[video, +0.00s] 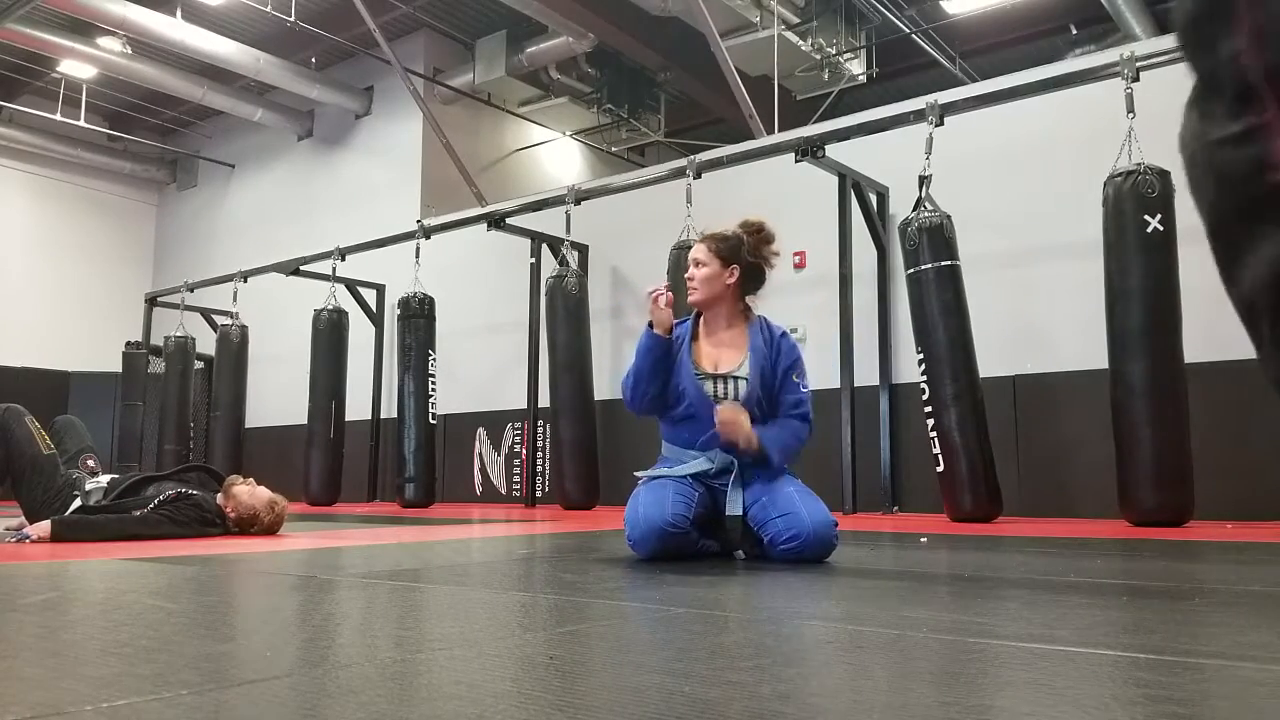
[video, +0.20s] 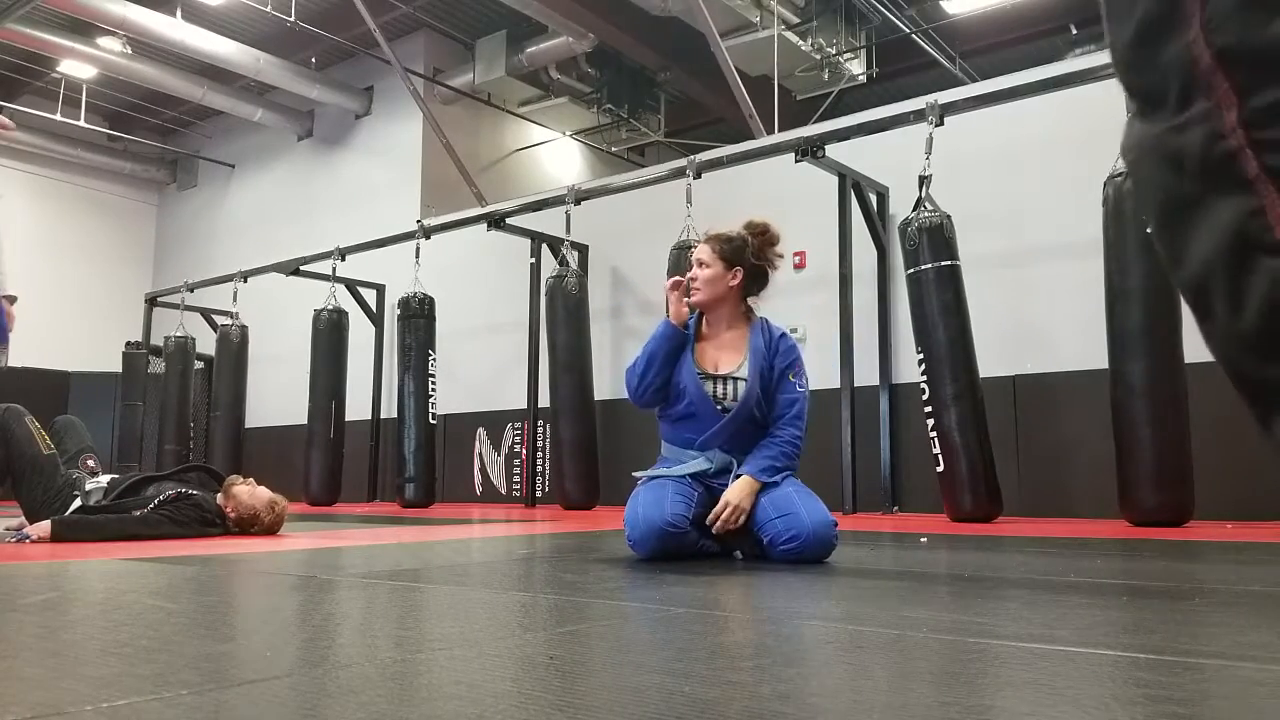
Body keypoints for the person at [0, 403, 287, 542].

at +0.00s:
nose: (246, 477)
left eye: (248, 487)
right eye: (253, 483)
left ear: (233, 509)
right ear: (235, 504)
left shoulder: (199, 513)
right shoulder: (215, 490)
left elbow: (130, 524)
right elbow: (151, 487)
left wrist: (56, 527)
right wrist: (112, 481)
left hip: (68, 500)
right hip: (99, 486)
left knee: (11, 414)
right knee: (66, 421)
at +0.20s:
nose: (246, 477)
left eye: (249, 487)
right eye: (254, 483)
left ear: (233, 509)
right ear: (235, 506)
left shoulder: (199, 513)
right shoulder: (214, 491)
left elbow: (130, 525)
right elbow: (150, 486)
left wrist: (56, 527)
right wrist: (112, 480)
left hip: (69, 500)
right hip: (98, 485)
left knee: (11, 415)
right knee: (66, 422)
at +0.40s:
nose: (247, 477)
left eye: (249, 488)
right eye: (255, 483)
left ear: (234, 509)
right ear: (236, 505)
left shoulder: (200, 513)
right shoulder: (214, 490)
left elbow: (130, 525)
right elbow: (150, 486)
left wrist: (58, 527)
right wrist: (111, 481)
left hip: (69, 500)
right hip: (98, 486)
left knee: (11, 414)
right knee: (66, 422)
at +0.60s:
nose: (247, 477)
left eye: (250, 487)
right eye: (255, 483)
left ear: (235, 509)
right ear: (236, 504)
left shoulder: (200, 513)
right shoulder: (213, 490)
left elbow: (131, 524)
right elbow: (151, 484)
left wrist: (57, 527)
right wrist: (109, 479)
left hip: (68, 500)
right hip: (97, 484)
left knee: (15, 415)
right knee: (67, 422)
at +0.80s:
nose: (248, 478)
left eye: (251, 488)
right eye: (256, 483)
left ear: (232, 510)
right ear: (233, 507)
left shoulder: (198, 512)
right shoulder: (214, 491)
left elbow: (128, 524)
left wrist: (54, 526)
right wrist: (112, 486)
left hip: (71, 503)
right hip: (102, 489)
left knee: (28, 429)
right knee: (68, 424)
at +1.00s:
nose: (249, 478)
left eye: (252, 488)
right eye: (256, 483)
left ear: (231, 510)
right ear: (232, 506)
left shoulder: (201, 512)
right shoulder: (209, 490)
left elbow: (129, 524)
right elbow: (141, 495)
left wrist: (54, 526)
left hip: (73, 501)